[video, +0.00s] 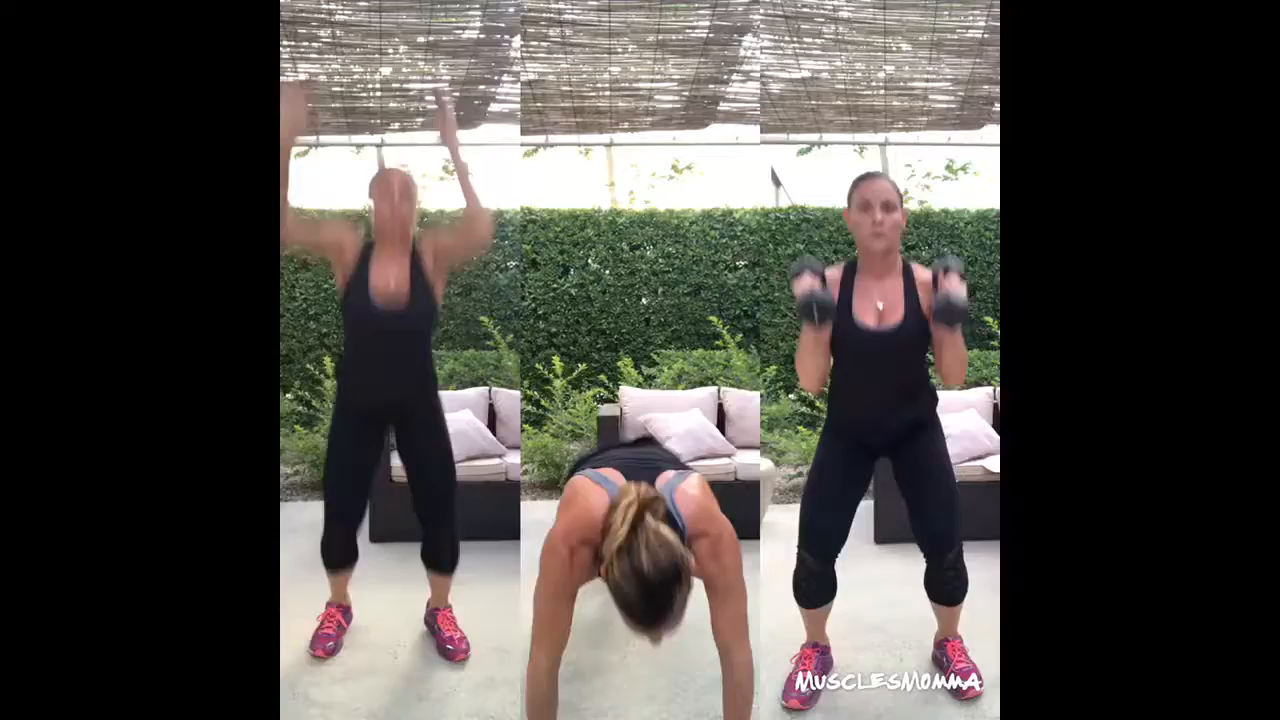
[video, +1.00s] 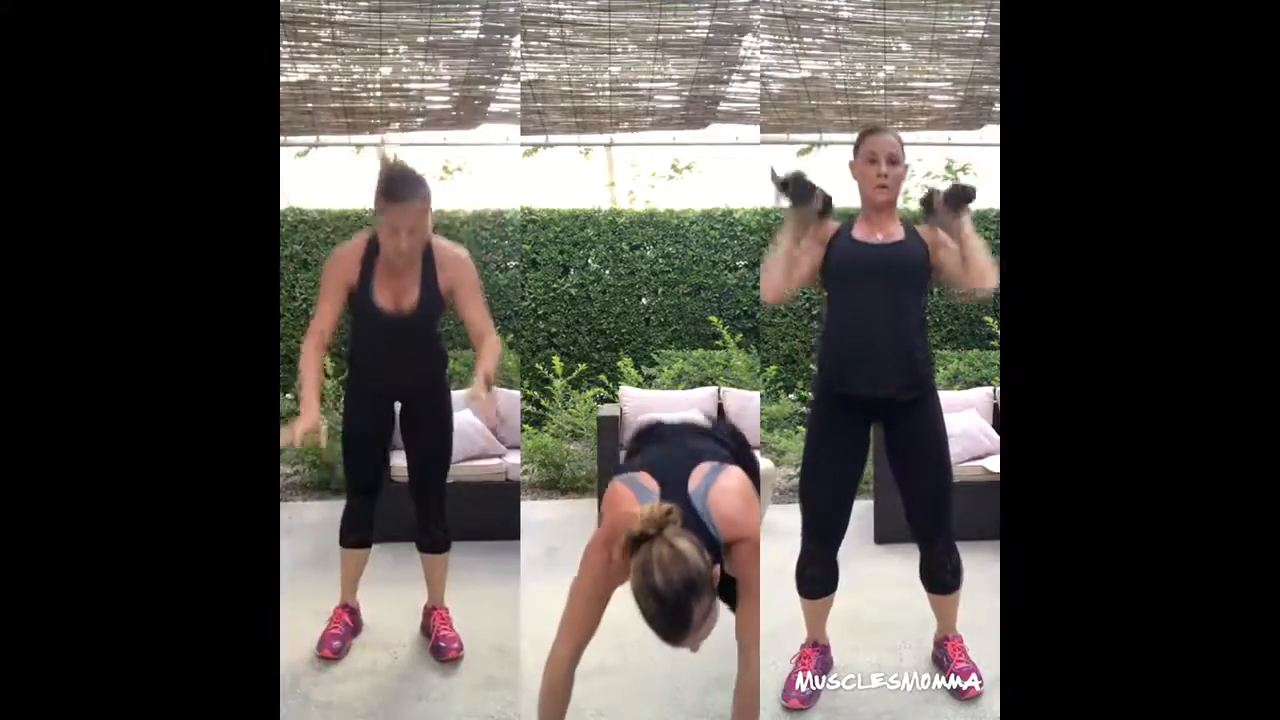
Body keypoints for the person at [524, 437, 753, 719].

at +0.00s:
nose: (656, 640)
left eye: (667, 628)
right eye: (643, 631)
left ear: (687, 558)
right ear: (605, 572)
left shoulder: (711, 527)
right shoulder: (571, 533)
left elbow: (735, 651)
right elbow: (544, 660)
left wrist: (737, 716)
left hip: (675, 468)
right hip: (597, 467)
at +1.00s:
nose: (694, 651)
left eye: (701, 638)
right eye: (681, 647)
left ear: (716, 575)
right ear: (634, 579)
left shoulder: (737, 519)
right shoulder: (613, 535)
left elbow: (749, 650)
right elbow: (563, 658)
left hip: (721, 444)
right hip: (644, 447)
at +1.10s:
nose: (689, 633)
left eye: (700, 614)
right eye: (675, 626)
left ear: (716, 561)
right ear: (633, 569)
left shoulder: (738, 517)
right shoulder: (614, 542)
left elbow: (747, 670)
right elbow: (564, 658)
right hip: (663, 471)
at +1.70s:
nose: (635, 655)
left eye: (641, 647)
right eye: (623, 653)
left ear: (664, 588)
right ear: (582, 577)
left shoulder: (703, 531)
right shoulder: (568, 528)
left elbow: (732, 656)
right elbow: (543, 652)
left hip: (690, 422)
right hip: (615, 424)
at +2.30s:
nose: (636, 631)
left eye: (652, 613)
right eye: (619, 618)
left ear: (672, 559)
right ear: (592, 565)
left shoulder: (703, 528)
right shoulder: (563, 532)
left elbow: (727, 647)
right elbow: (543, 653)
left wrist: (733, 717)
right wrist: (541, 716)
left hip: (669, 472)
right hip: (592, 472)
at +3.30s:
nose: (629, 642)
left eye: (640, 636)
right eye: (617, 637)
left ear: (661, 573)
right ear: (583, 571)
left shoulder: (685, 518)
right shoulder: (568, 516)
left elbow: (721, 643)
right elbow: (542, 650)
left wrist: (731, 716)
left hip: (659, 378)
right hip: (582, 377)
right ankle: (597, 611)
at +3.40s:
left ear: (663, 590)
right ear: (582, 577)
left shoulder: (688, 522)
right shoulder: (569, 519)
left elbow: (723, 646)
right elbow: (542, 648)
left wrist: (731, 715)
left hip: (662, 380)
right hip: (583, 379)